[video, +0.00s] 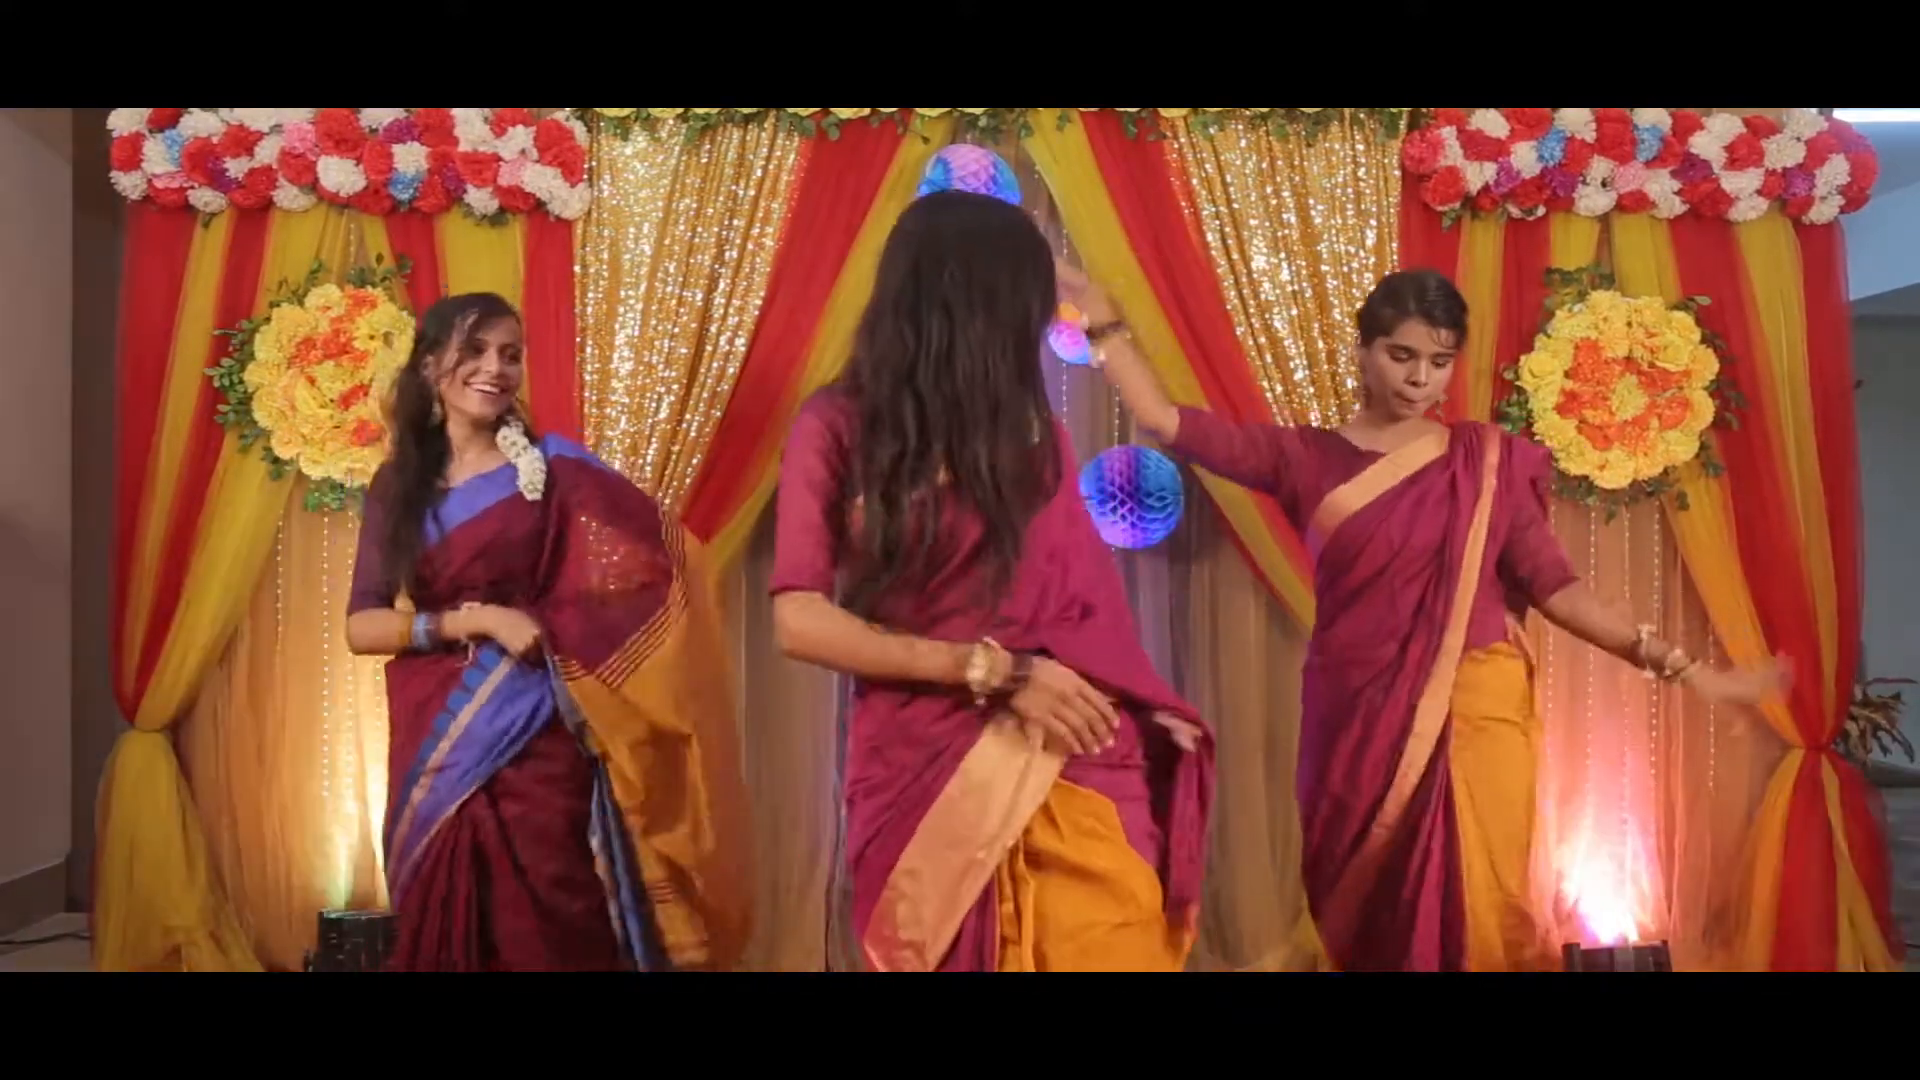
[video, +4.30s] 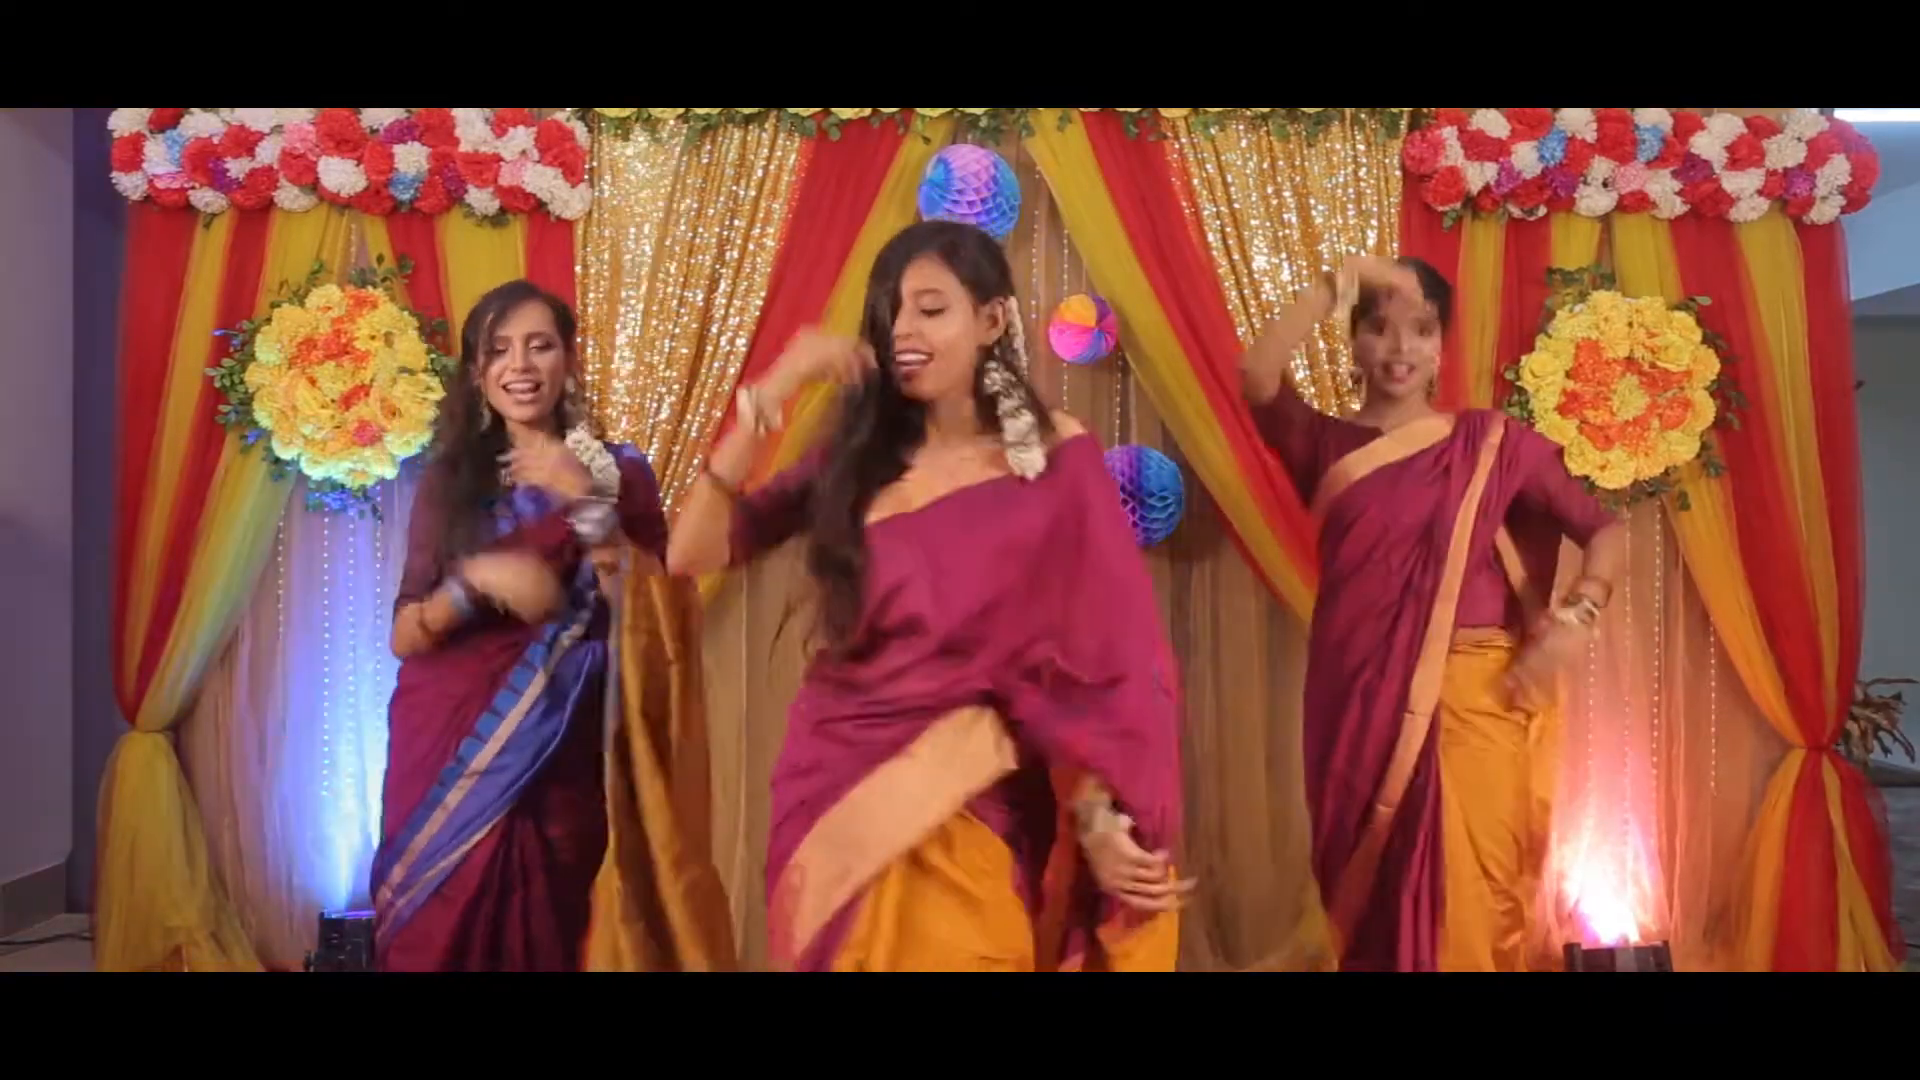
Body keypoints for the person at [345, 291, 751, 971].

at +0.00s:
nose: (496, 369)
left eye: (511, 355)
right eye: (475, 352)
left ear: (523, 370)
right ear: (431, 368)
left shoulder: (554, 465)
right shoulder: (400, 484)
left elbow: (671, 554)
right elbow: (363, 628)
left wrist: (576, 630)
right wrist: (476, 618)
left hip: (542, 731)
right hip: (435, 735)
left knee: (550, 925)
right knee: (446, 927)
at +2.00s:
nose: (486, 348)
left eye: (506, 336)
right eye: (467, 331)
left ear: (522, 358)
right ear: (432, 346)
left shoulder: (550, 437)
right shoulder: (397, 458)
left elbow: (674, 524)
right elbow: (356, 601)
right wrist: (461, 598)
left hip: (551, 695)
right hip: (448, 706)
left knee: (558, 903)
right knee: (459, 903)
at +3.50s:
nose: (489, 358)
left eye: (510, 345)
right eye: (471, 339)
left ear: (531, 369)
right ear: (441, 358)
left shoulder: (570, 460)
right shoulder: (414, 482)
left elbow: (620, 584)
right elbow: (408, 607)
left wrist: (603, 691)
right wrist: (379, 687)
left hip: (540, 735)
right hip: (433, 742)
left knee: (541, 933)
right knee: (440, 933)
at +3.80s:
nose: (511, 340)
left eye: (531, 328)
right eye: (491, 323)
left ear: (551, 352)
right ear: (458, 343)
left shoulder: (591, 456)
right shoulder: (417, 457)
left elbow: (618, 584)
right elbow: (395, 582)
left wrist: (648, 579)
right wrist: (377, 651)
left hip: (570, 711)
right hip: (453, 717)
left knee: (566, 919)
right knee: (456, 916)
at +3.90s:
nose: (518, 371)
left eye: (537, 356)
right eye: (498, 354)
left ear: (558, 381)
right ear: (466, 377)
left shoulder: (598, 492)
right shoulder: (420, 489)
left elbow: (623, 650)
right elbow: (384, 627)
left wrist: (650, 575)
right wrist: (417, 661)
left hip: (577, 750)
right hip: (461, 747)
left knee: (576, 942)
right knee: (462, 937)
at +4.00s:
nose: (526, 374)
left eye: (544, 358)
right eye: (505, 359)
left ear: (568, 380)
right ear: (475, 382)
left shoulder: (598, 489)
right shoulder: (428, 484)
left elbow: (638, 647)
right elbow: (383, 631)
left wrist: (608, 572)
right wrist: (517, 663)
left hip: (586, 762)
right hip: (466, 767)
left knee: (587, 952)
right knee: (466, 945)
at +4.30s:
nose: (522, 362)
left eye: (541, 345)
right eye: (501, 348)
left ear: (569, 361)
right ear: (477, 370)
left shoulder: (619, 472)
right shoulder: (450, 477)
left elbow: (651, 616)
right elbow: (404, 634)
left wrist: (587, 506)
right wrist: (473, 577)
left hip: (567, 728)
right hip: (448, 725)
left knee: (550, 926)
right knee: (437, 923)